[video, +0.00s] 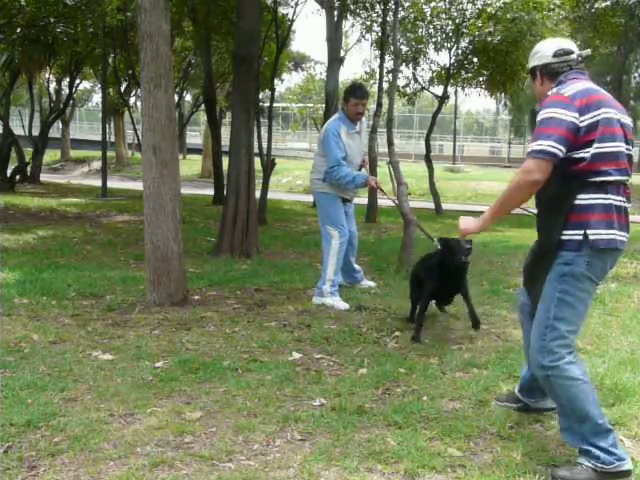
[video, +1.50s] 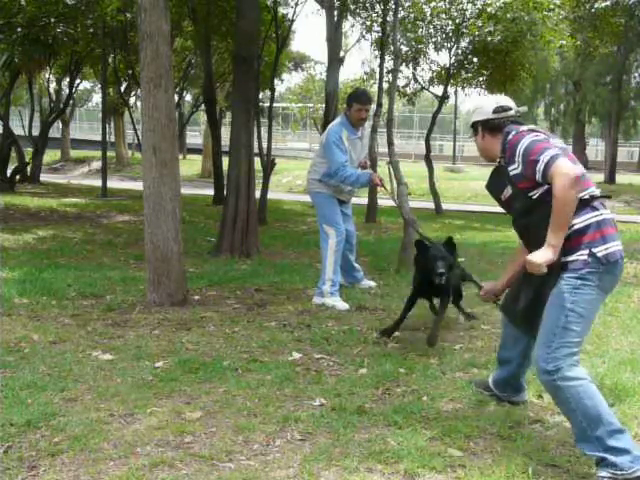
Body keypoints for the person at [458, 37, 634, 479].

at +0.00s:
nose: (533, 90)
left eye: (532, 81)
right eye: (533, 82)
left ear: (544, 76)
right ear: (574, 70)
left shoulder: (565, 97)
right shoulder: (608, 101)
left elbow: (534, 174)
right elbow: (625, 171)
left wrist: (484, 221)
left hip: (585, 236)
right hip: (598, 231)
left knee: (551, 348)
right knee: (531, 301)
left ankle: (605, 456)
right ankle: (535, 391)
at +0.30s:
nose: (511, 104)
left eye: (511, 96)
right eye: (510, 97)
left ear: (522, 89)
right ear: (551, 84)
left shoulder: (535, 112)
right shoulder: (591, 116)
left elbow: (473, 172)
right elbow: (613, 185)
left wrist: (419, 182)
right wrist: (569, 200)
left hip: (560, 235)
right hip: (588, 235)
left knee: (520, 343)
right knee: (524, 300)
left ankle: (597, 444)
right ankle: (516, 388)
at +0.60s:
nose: (499, 112)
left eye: (499, 106)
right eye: (497, 106)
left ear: (509, 99)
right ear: (540, 94)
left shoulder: (518, 124)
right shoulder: (582, 124)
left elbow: (457, 174)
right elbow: (601, 188)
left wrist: (407, 170)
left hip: (553, 245)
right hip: (583, 244)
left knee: (513, 349)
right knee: (516, 301)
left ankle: (568, 456)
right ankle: (514, 386)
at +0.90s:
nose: (498, 108)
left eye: (498, 101)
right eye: (497, 102)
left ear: (508, 95)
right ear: (541, 90)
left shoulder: (515, 122)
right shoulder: (582, 122)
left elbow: (455, 172)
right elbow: (605, 191)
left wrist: (406, 170)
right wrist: (561, 204)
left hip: (549, 245)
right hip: (581, 244)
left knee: (513, 350)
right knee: (514, 297)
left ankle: (569, 457)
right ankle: (513, 385)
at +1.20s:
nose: (478, 139)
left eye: (478, 131)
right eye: (478, 132)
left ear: (487, 127)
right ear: (510, 121)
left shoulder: (510, 139)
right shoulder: (525, 138)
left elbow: (507, 197)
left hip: (569, 246)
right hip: (554, 245)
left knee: (517, 339)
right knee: (498, 303)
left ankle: (564, 449)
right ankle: (503, 383)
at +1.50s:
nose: (475, 144)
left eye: (475, 136)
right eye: (474, 137)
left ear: (485, 132)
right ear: (496, 131)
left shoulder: (523, 140)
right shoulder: (511, 170)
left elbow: (568, 175)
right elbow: (533, 238)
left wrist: (551, 245)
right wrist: (503, 283)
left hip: (590, 255)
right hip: (562, 257)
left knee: (555, 362)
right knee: (518, 307)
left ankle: (621, 461)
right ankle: (507, 385)